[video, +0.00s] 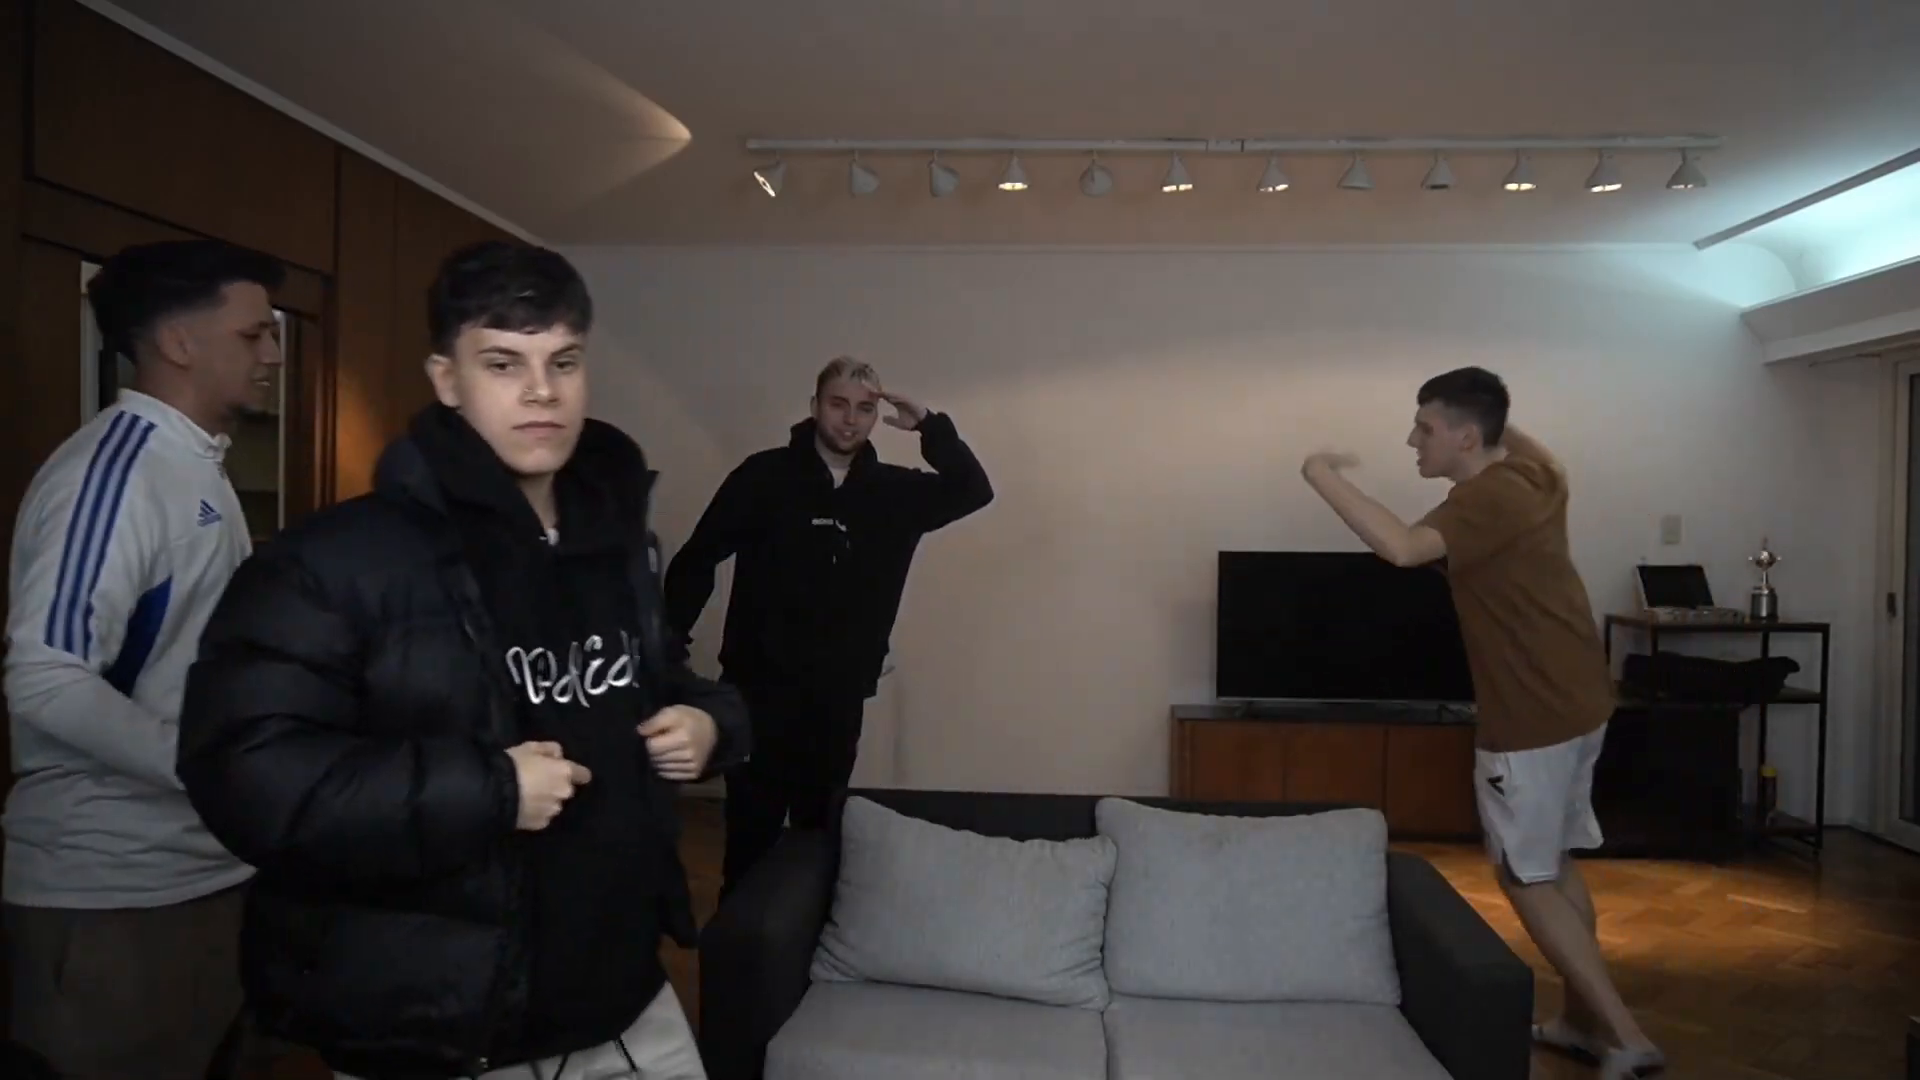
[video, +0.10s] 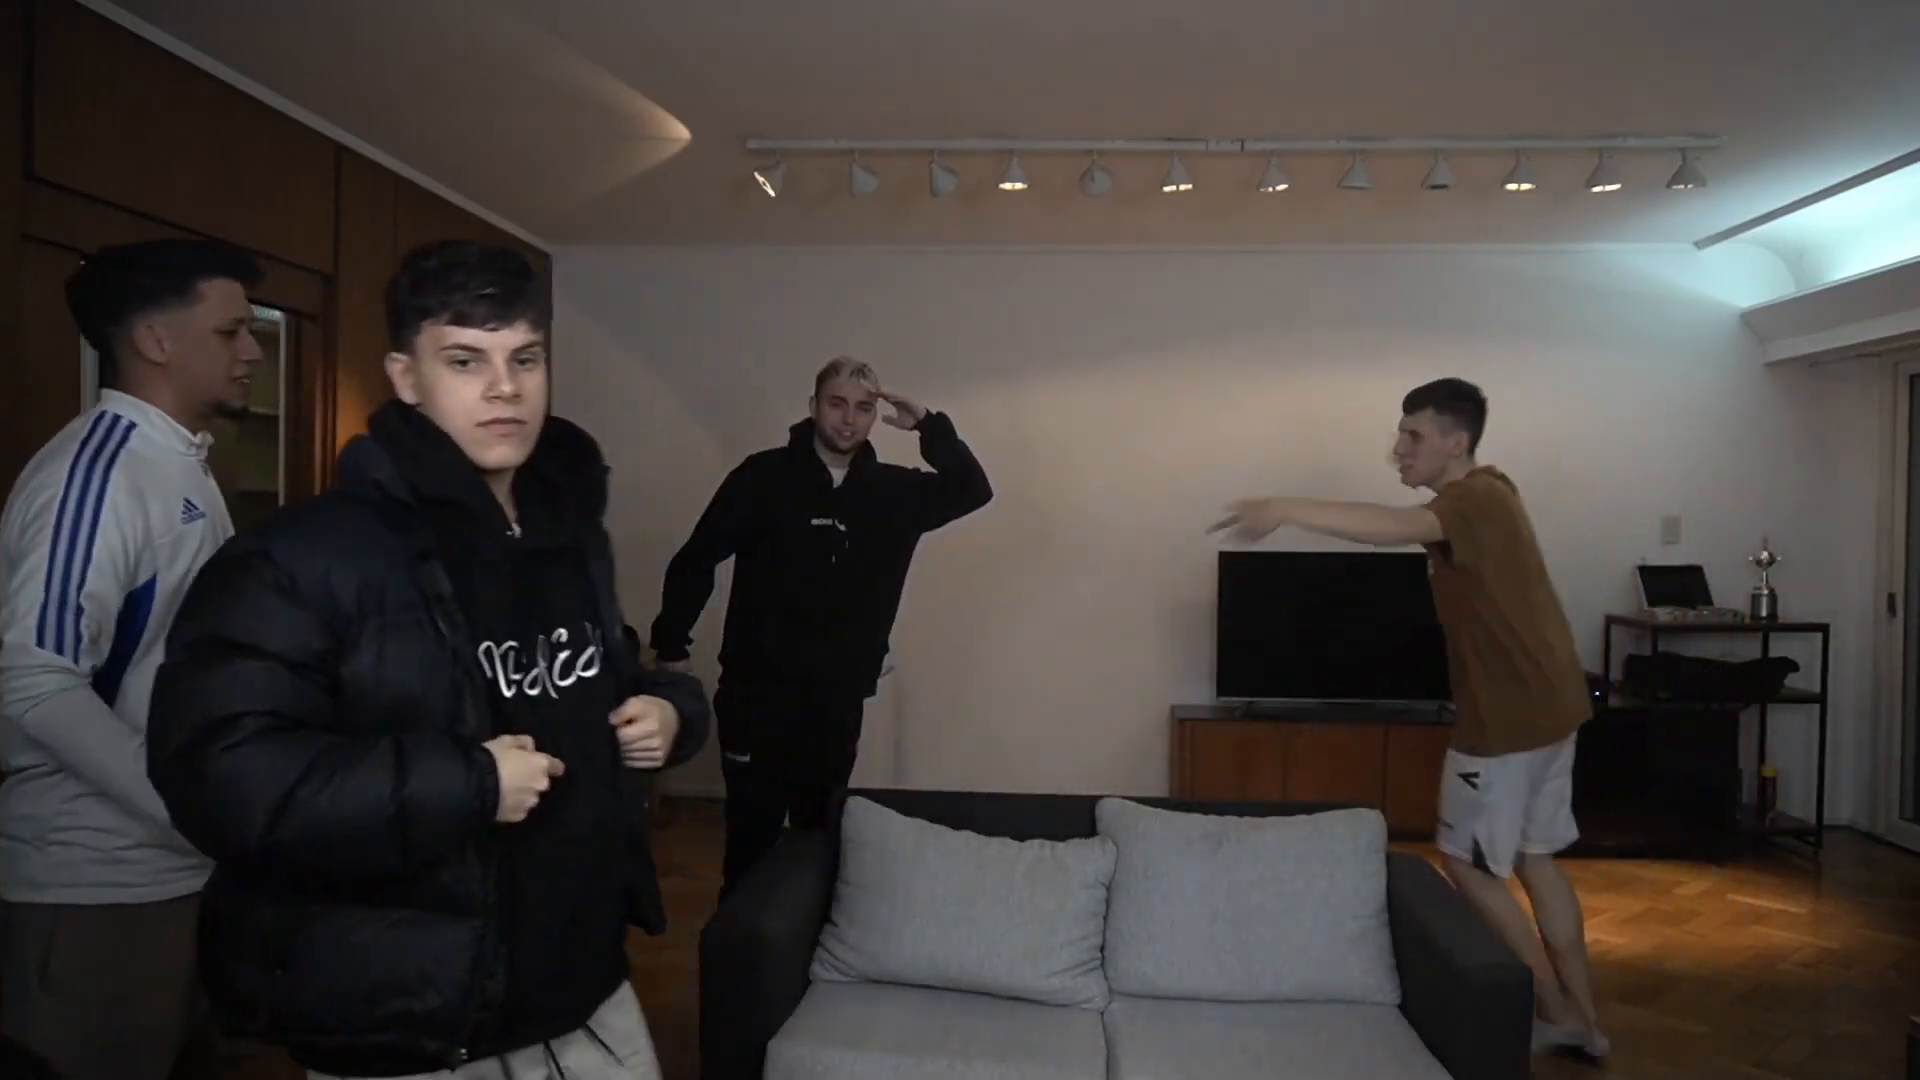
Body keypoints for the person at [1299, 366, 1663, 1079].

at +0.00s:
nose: (1413, 438)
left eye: (1424, 427)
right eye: (1417, 424)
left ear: (1472, 434)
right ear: (1484, 432)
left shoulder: (1492, 495)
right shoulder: (1536, 470)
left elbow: (1405, 547)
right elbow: (1506, 428)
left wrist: (1322, 475)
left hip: (1528, 720)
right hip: (1577, 702)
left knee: (1521, 873)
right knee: (1555, 865)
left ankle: (1629, 1039)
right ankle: (1579, 1020)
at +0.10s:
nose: (1398, 448)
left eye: (1413, 436)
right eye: (1400, 434)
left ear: (1460, 442)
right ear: (1461, 446)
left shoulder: (1470, 499)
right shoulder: (1495, 492)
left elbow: (1397, 526)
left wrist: (1283, 510)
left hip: (1502, 718)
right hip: (1552, 706)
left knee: (1469, 863)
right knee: (1537, 856)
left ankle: (1552, 1010)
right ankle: (1584, 1020)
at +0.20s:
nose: (1380, 438)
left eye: (1393, 426)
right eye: (1381, 426)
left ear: (1435, 434)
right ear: (1431, 437)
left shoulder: (1447, 496)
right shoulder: (1462, 480)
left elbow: (1381, 529)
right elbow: (1386, 470)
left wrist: (1279, 504)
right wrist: (1322, 460)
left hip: (1469, 703)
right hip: (1513, 693)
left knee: (1430, 845)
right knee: (1512, 836)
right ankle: (1580, 999)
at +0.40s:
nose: (1329, 452)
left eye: (1343, 442)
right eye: (1327, 439)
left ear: (1381, 450)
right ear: (1323, 438)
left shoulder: (1397, 508)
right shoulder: (1362, 503)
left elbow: (1361, 566)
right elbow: (1332, 502)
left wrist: (1287, 523)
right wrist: (1279, 482)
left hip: (1398, 716)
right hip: (1378, 709)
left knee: (1380, 847)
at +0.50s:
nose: (1301, 447)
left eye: (1317, 437)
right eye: (1298, 434)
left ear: (1351, 444)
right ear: (1293, 434)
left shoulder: (1363, 501)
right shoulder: (1327, 497)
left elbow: (1325, 556)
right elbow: (1300, 508)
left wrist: (1222, 566)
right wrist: (1242, 501)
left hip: (1371, 718)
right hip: (1326, 707)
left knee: (1357, 852)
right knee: (1299, 838)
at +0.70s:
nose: (1230, 445)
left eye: (1246, 434)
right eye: (1225, 433)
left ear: (1275, 441)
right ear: (1218, 434)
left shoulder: (1291, 498)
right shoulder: (1236, 498)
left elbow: (1300, 564)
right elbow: (1215, 511)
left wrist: (1237, 584)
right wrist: (1146, 503)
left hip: (1293, 705)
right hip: (1243, 697)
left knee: (1284, 835)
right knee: (1226, 825)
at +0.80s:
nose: (1202, 451)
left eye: (1218, 441)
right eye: (1196, 439)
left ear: (1243, 450)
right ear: (1188, 443)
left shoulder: (1262, 508)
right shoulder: (1193, 505)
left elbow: (1299, 570)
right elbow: (1151, 525)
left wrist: (1267, 590)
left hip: (1252, 712)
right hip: (1209, 703)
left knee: (1217, 832)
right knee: (1195, 827)